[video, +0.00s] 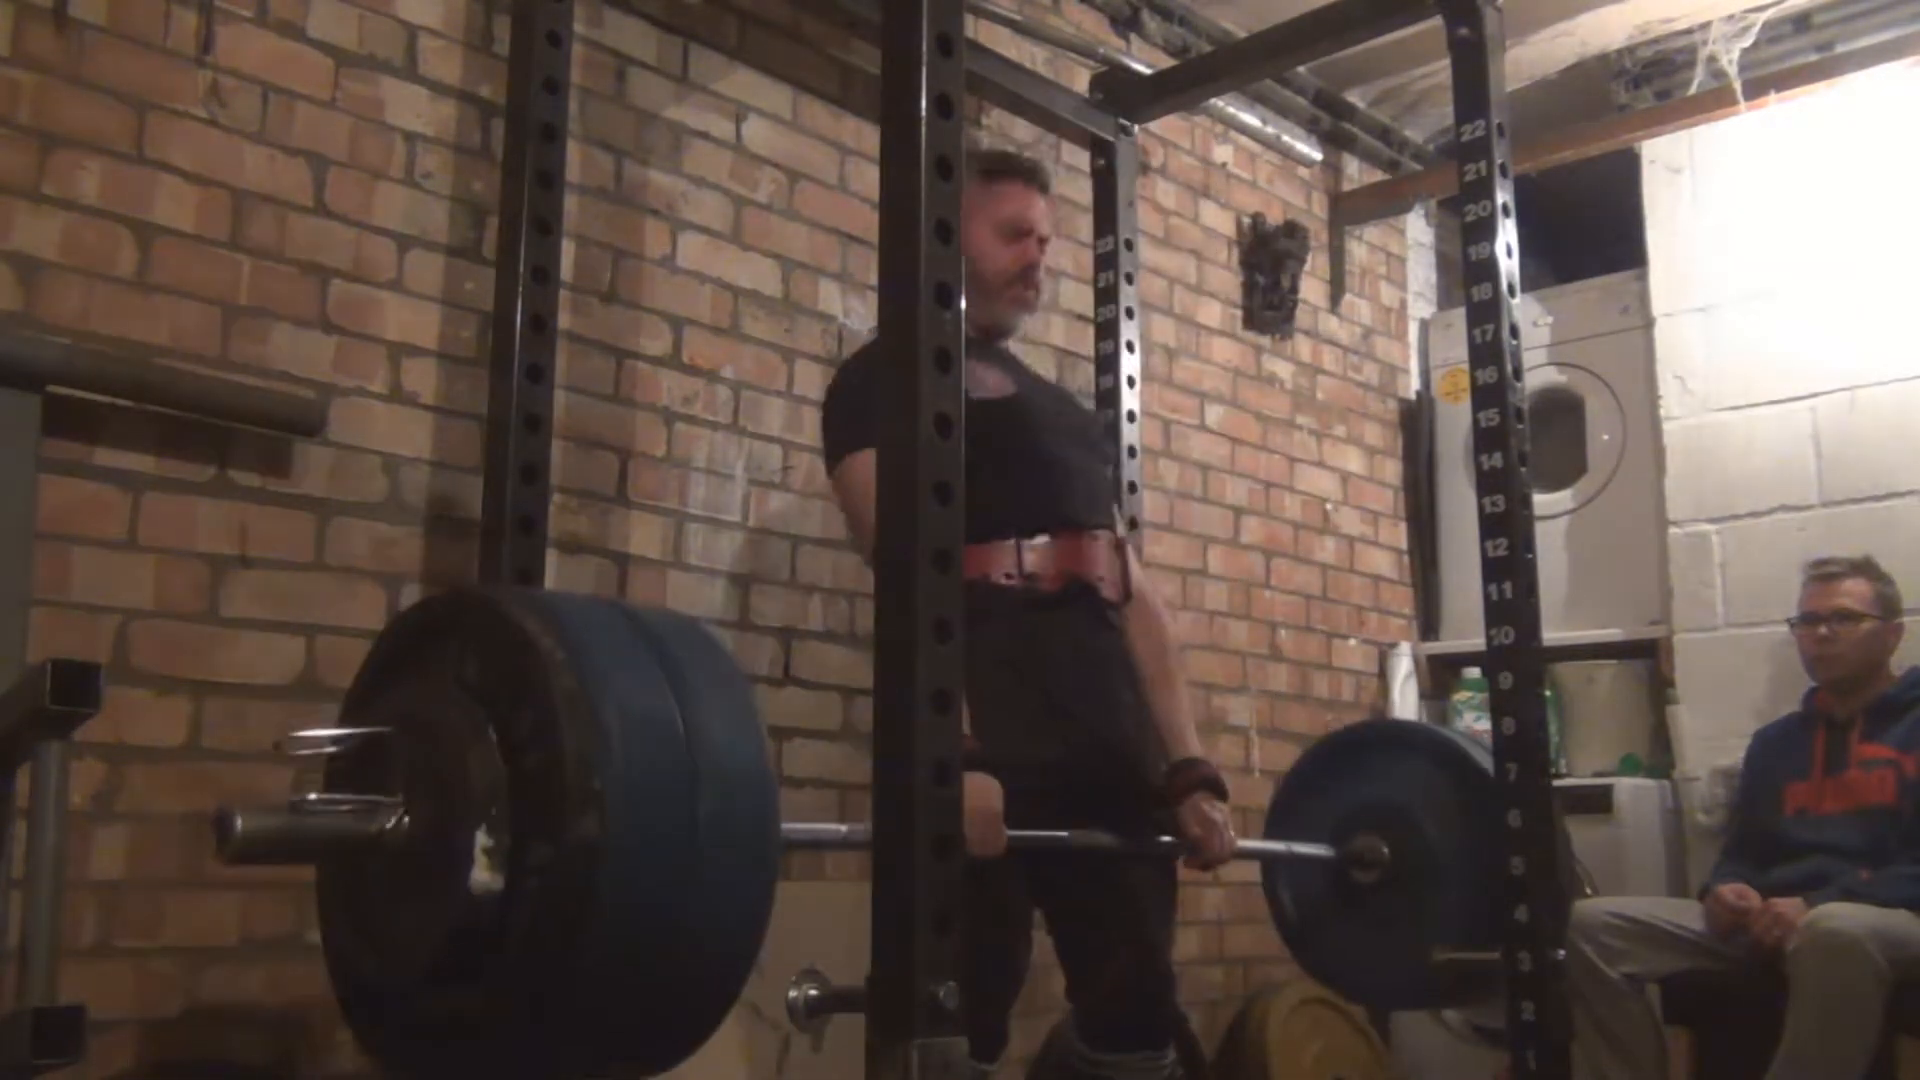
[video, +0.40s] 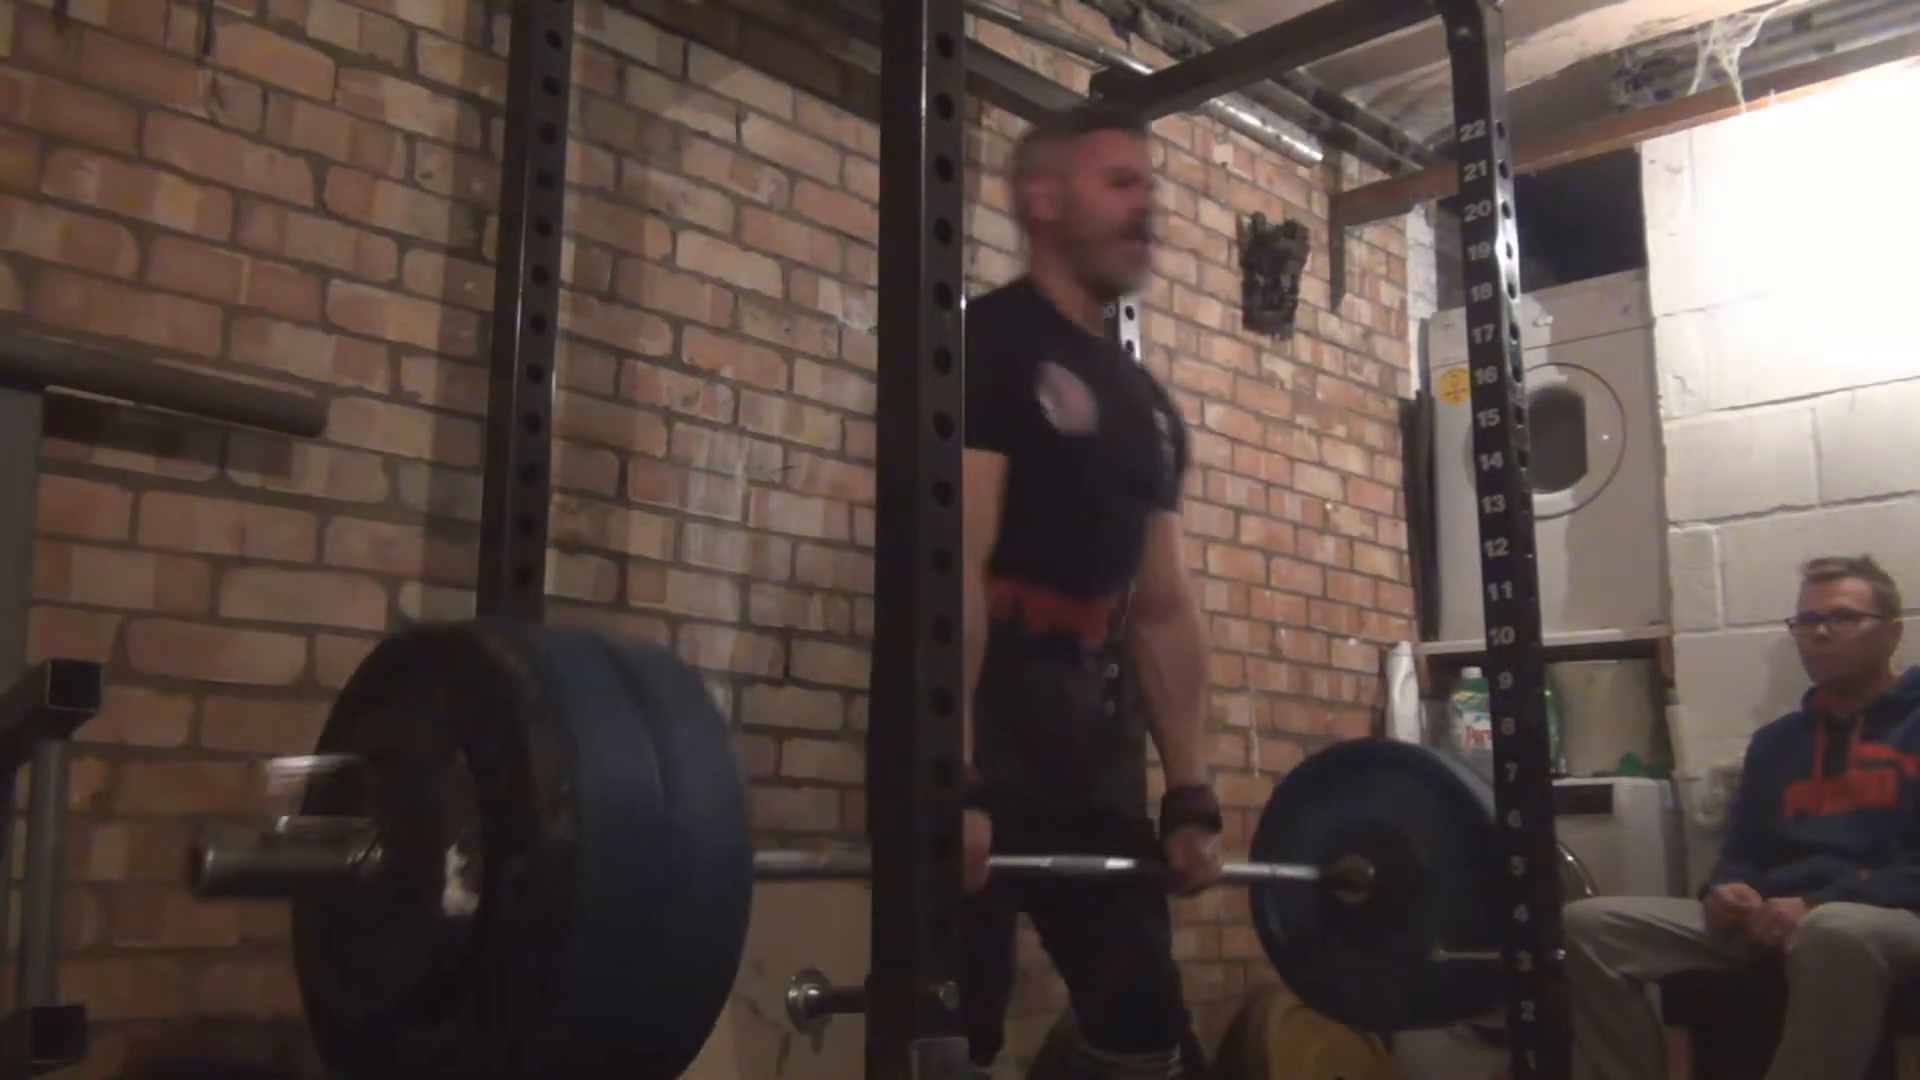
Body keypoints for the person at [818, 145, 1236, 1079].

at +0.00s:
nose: (1036, 259)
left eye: (1044, 240)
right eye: (1013, 235)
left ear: (1046, 253)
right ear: (946, 243)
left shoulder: (1074, 416)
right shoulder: (881, 383)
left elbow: (1130, 594)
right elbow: (909, 576)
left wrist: (1186, 767)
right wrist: (956, 756)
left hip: (1102, 747)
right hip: (970, 750)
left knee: (1134, 1024)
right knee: (959, 1031)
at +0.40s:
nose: (1149, 206)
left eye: (1152, 187)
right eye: (1122, 182)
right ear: (1040, 200)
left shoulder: (1146, 400)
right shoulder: (985, 344)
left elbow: (1162, 605)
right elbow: (951, 576)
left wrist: (1189, 783)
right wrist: (950, 786)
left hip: (1090, 710)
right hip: (981, 696)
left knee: (1137, 1013)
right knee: (959, 1017)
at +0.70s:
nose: (1235, 291)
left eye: (1237, 268)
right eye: (1207, 264)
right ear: (1119, 274)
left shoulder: (1194, 495)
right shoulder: (1024, 419)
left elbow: (1185, 695)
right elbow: (969, 661)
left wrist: (1196, 887)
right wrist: (949, 901)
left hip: (1020, 709)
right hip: (907, 692)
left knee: (1117, 992)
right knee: (927, 1007)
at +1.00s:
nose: (1292, 427)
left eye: (1291, 404)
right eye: (1264, 401)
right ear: (1173, 412)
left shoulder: (1217, 611)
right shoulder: (1053, 536)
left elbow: (1198, 814)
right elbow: (984, 791)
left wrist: (1197, 1009)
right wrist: (955, 1003)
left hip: (993, 764)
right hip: (871, 737)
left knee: (1120, 1013)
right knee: (924, 1026)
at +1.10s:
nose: (1316, 486)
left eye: (1316, 463)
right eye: (1288, 461)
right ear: (1197, 467)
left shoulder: (1230, 658)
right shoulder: (1058, 582)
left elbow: (1203, 854)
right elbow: (985, 855)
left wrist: (1197, 1042)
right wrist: (951, 1040)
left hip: (1002, 770)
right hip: (868, 748)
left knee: (1126, 1019)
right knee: (923, 1024)